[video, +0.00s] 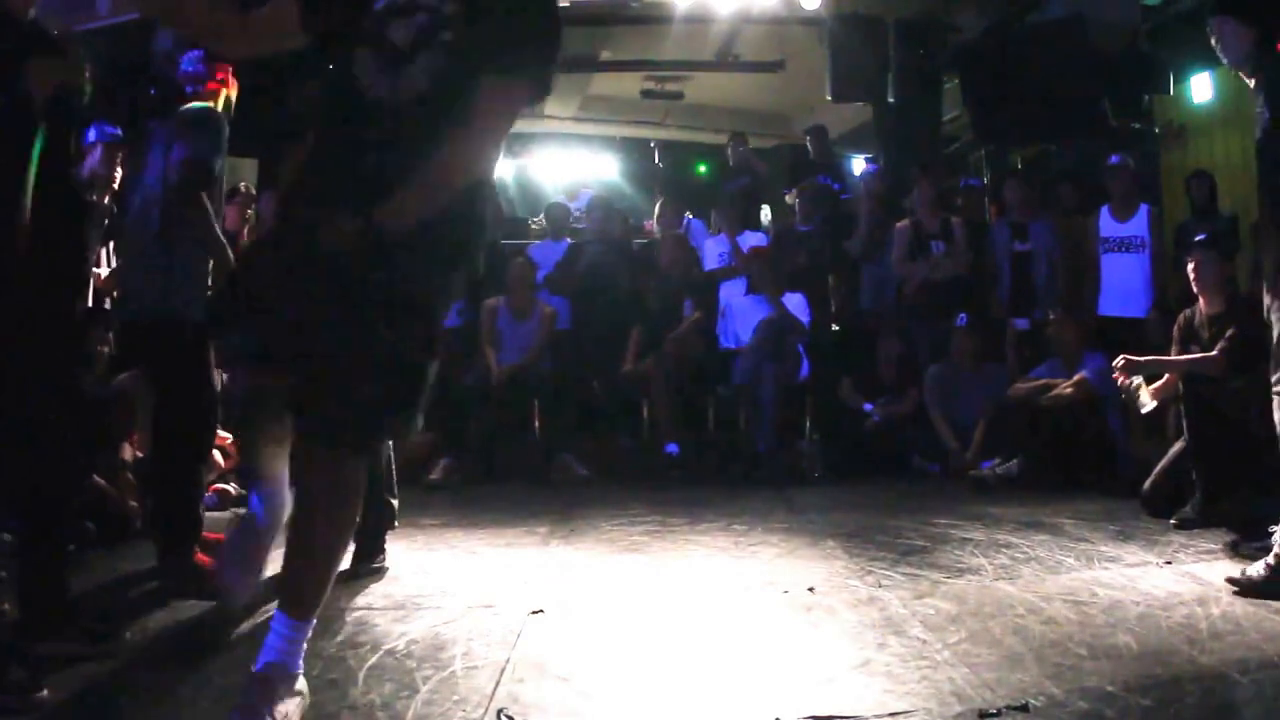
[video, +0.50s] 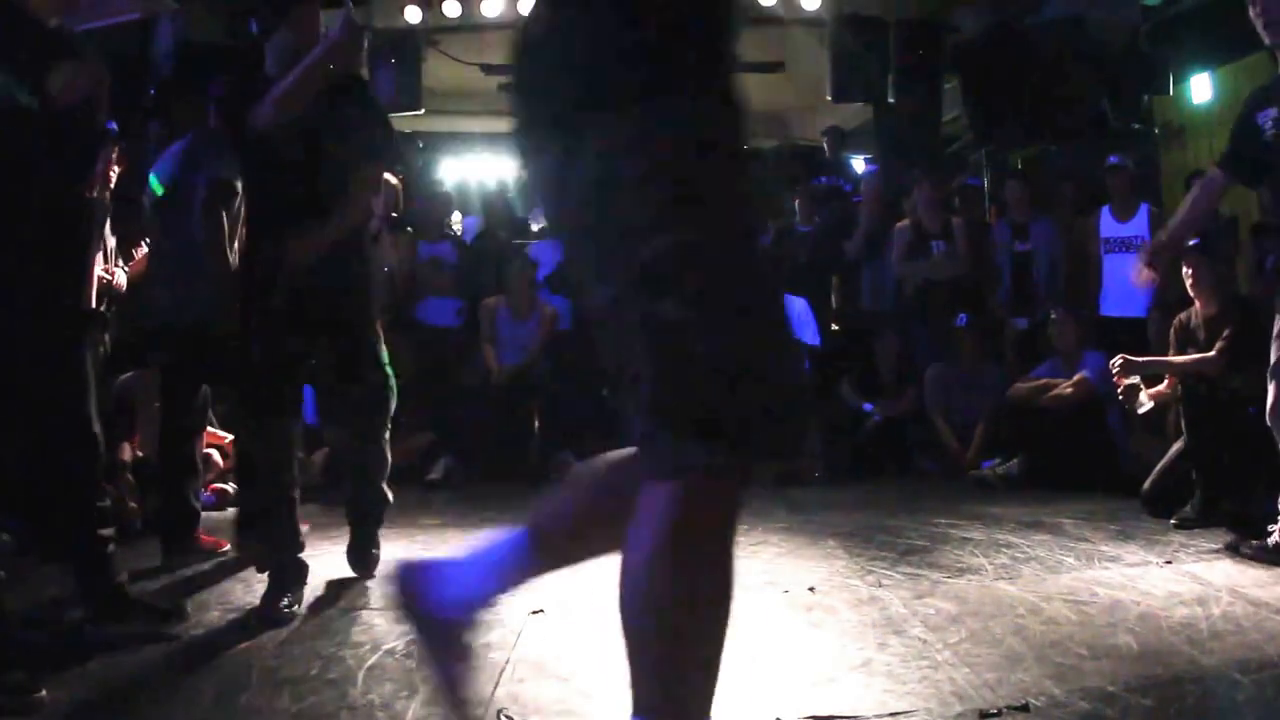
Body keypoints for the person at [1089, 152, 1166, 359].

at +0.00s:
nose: (1117, 184)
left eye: (1122, 178)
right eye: (1113, 178)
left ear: (1132, 180)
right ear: (1107, 181)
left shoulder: (1150, 216)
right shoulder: (1098, 218)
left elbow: (1157, 260)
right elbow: (1092, 263)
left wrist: (1157, 303)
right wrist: (1091, 304)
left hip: (1141, 311)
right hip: (1108, 311)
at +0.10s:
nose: (1117, 182)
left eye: (1122, 176)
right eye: (1113, 177)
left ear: (1133, 179)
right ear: (1107, 181)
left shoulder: (1151, 216)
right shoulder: (1098, 218)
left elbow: (1157, 261)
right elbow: (1093, 264)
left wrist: (1158, 302)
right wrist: (1093, 304)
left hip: (1141, 310)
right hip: (1108, 310)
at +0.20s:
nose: (1118, 182)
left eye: (1122, 176)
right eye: (1113, 177)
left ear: (1132, 179)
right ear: (1107, 180)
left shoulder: (1151, 216)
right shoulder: (1098, 219)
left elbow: (1158, 262)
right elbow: (1094, 264)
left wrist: (1158, 303)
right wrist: (1093, 303)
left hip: (1142, 310)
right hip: (1109, 310)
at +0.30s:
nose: (1119, 184)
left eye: (1123, 177)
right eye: (1114, 178)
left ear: (1132, 180)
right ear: (1107, 182)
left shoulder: (1152, 217)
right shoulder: (1097, 219)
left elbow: (1158, 261)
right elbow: (1093, 263)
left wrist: (1159, 301)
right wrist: (1093, 303)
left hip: (1143, 309)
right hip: (1109, 309)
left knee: (1145, 371)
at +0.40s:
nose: (1117, 183)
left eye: (1121, 177)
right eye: (1112, 178)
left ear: (1131, 180)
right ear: (1107, 182)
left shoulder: (1151, 216)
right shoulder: (1098, 218)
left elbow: (1158, 261)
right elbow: (1093, 263)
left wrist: (1159, 301)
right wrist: (1093, 303)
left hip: (1142, 310)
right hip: (1109, 310)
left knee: (1144, 371)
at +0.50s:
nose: (1115, 182)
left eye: (1120, 176)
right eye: (1111, 177)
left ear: (1130, 179)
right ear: (1106, 181)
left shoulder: (1151, 216)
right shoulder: (1098, 218)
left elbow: (1160, 259)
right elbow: (1093, 263)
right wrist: (1093, 302)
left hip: (1141, 307)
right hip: (1109, 307)